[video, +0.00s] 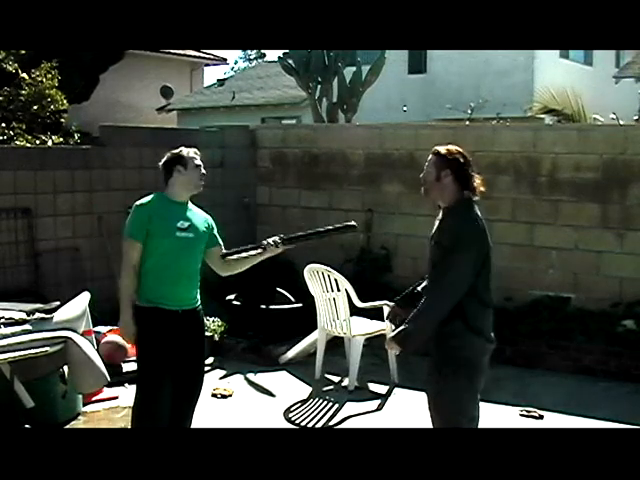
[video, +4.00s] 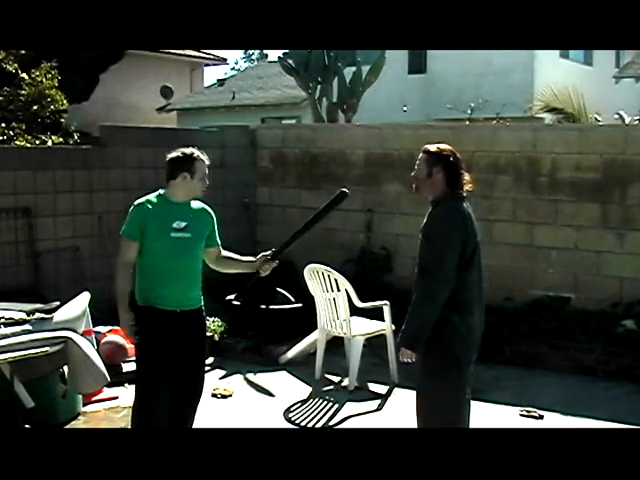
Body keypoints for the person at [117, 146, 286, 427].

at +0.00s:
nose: (204, 172)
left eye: (203, 167)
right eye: (197, 167)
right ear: (177, 171)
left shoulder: (203, 221)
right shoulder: (145, 210)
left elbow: (223, 266)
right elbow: (130, 266)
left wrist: (263, 254)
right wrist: (126, 316)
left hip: (190, 319)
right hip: (153, 318)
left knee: (186, 395)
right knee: (154, 395)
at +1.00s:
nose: (163, 174)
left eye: (170, 168)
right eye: (159, 168)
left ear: (185, 172)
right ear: (154, 172)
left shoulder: (201, 218)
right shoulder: (139, 211)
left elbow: (200, 265)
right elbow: (125, 266)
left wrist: (219, 273)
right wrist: (123, 315)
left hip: (184, 318)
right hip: (146, 317)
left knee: (182, 396)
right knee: (146, 397)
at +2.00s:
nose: (190, 172)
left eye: (189, 167)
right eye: (184, 167)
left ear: (171, 174)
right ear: (163, 173)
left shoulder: (193, 215)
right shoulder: (132, 212)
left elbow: (195, 268)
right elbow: (117, 269)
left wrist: (197, 316)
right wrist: (116, 322)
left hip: (182, 319)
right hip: (143, 319)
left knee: (179, 403)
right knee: (144, 403)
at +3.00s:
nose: (199, 172)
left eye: (198, 167)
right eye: (193, 167)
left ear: (181, 173)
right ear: (173, 173)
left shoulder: (200, 217)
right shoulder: (148, 212)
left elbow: (208, 266)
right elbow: (138, 269)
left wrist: (241, 277)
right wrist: (142, 322)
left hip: (194, 320)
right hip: (162, 319)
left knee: (189, 395)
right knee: (158, 397)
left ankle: (178, 430)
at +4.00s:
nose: (207, 183)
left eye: (207, 177)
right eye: (203, 177)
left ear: (187, 178)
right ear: (184, 176)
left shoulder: (204, 215)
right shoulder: (144, 210)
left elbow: (216, 258)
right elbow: (126, 262)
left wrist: (255, 264)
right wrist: (124, 311)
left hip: (191, 317)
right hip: (154, 316)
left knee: (188, 392)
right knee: (153, 392)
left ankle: (179, 430)